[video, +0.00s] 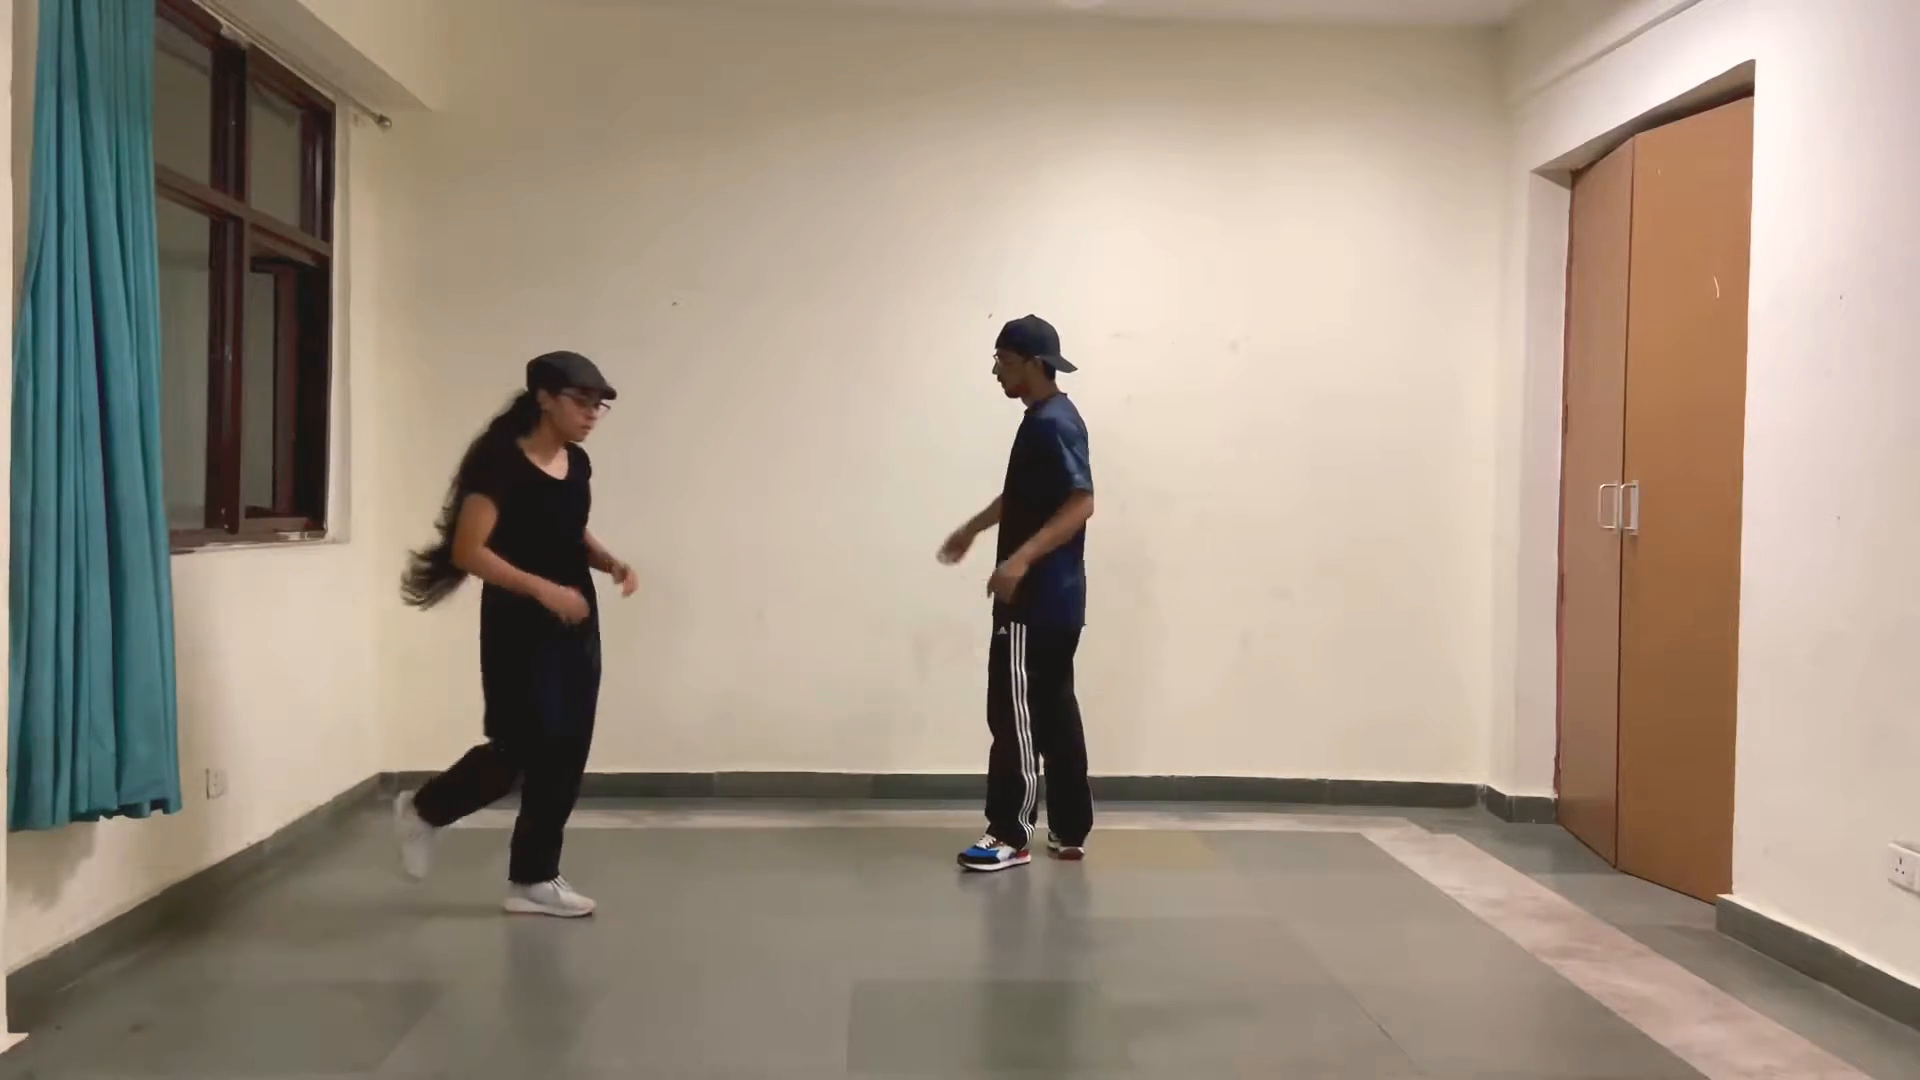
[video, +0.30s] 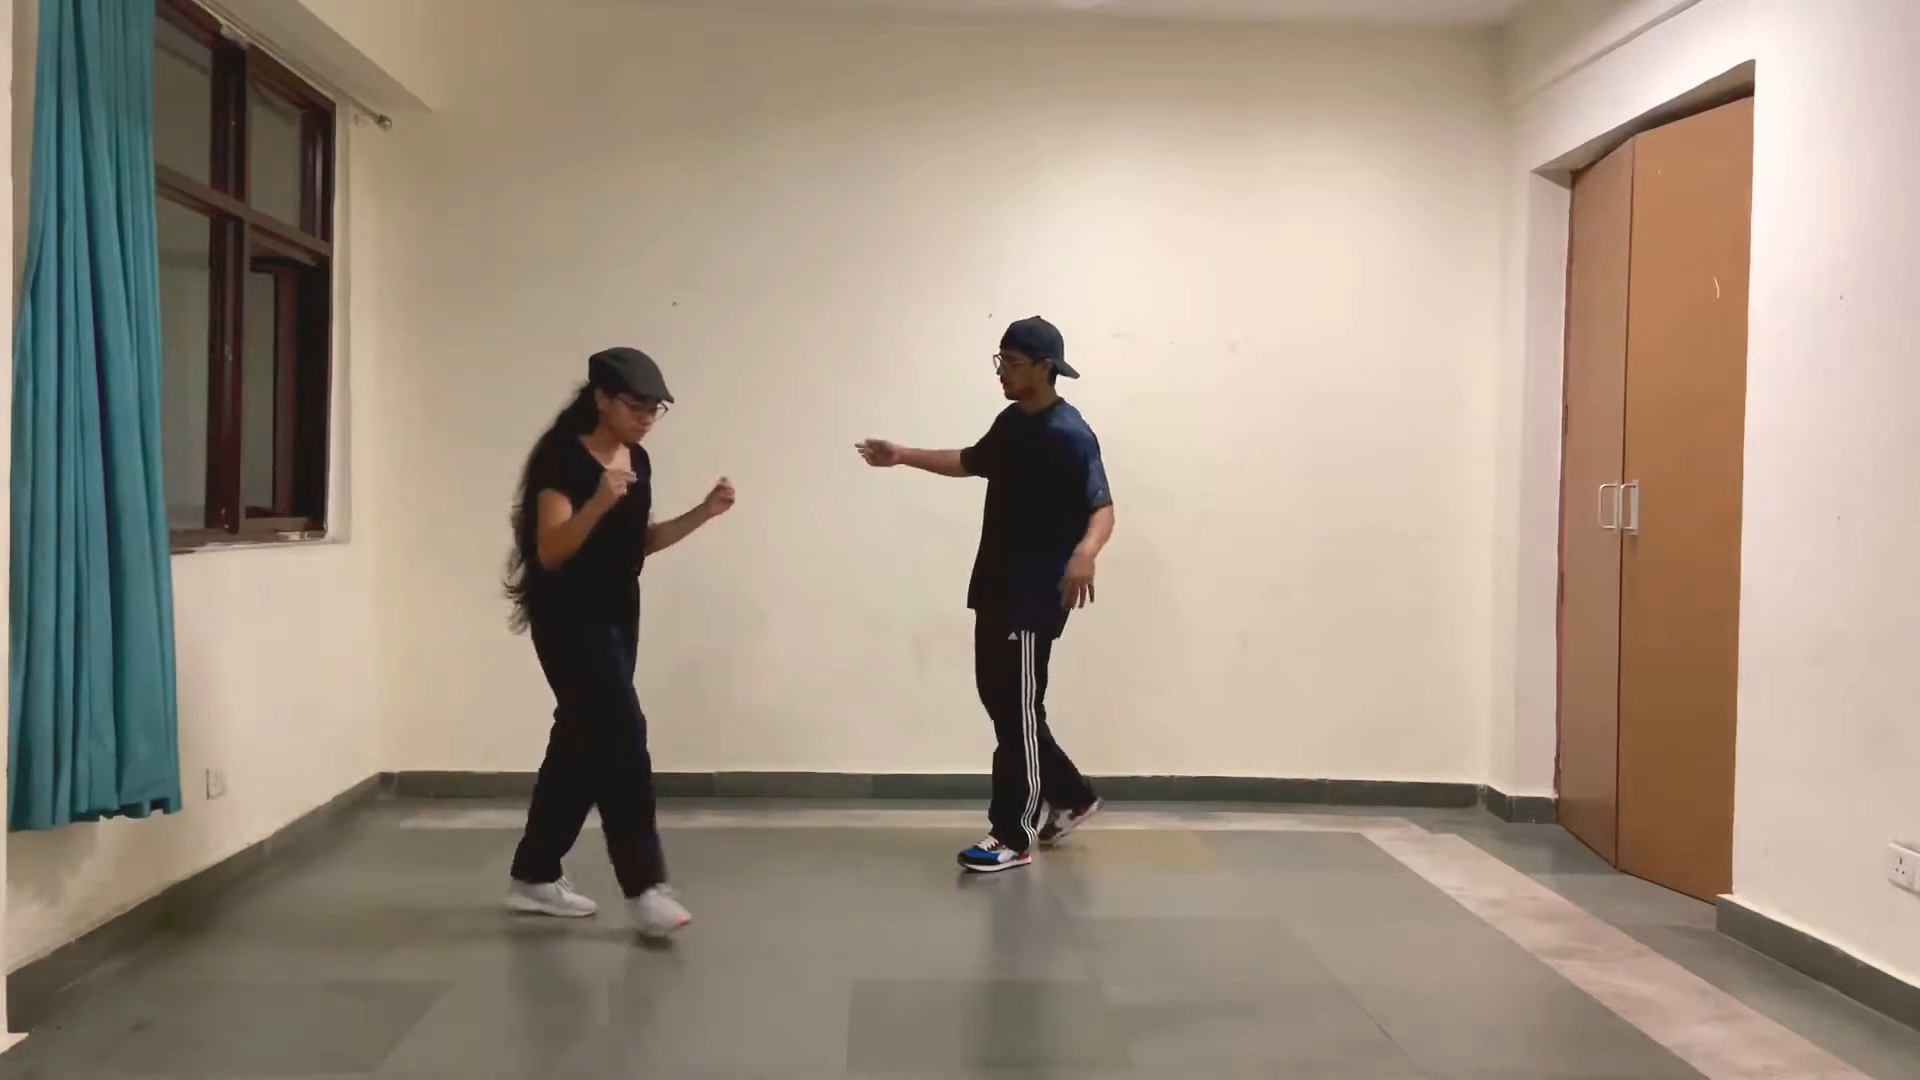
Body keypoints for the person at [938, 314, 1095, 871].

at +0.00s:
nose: (996, 371)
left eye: (1002, 361)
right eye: (997, 361)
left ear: (1031, 363)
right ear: (1036, 365)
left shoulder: (1052, 422)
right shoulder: (1046, 417)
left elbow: (1080, 504)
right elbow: (1023, 492)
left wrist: (1019, 560)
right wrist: (971, 528)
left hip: (1035, 597)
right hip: (1047, 595)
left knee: (1012, 714)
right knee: (1053, 711)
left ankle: (1009, 836)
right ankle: (1069, 831)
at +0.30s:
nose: (1001, 372)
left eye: (1012, 364)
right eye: (1001, 362)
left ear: (1044, 367)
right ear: (1015, 366)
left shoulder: (1072, 434)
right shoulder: (1011, 422)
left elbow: (1103, 511)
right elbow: (969, 462)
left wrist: (1085, 556)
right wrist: (901, 454)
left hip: (1035, 592)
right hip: (994, 587)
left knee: (1020, 707)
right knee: (998, 694)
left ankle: (1013, 837)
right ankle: (1069, 792)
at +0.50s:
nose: (1022, 368)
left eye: (1035, 360)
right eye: (1019, 358)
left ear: (1064, 368)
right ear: (1016, 362)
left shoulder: (1080, 440)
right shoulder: (997, 417)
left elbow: (1093, 519)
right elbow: (949, 468)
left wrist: (1087, 569)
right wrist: (883, 500)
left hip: (1032, 600)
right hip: (976, 590)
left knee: (1028, 719)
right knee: (974, 709)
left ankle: (1016, 838)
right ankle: (969, 812)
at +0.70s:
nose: (1028, 365)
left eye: (1041, 358)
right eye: (1025, 355)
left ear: (1067, 369)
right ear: (1017, 360)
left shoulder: (1081, 441)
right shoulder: (990, 420)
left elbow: (1082, 531)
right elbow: (966, 504)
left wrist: (1067, 608)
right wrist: (947, 580)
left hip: (1034, 609)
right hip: (975, 600)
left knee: (1029, 731)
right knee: (939, 719)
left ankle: (1015, 839)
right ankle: (905, 830)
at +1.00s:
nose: (1022, 374)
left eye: (1034, 365)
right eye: (1015, 364)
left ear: (1059, 371)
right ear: (1006, 365)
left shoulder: (1079, 439)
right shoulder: (979, 426)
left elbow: (1092, 527)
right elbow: (965, 509)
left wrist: (1096, 607)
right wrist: (1036, 534)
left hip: (1049, 604)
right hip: (988, 600)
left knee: (1043, 724)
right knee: (996, 720)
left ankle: (1021, 848)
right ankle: (1005, 850)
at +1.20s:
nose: (1020, 368)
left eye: (1031, 359)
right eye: (1012, 359)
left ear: (1056, 364)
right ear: (1002, 366)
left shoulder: (1080, 433)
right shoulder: (983, 434)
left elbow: (1096, 519)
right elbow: (972, 530)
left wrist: (1119, 596)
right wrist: (993, 613)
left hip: (1067, 604)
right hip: (1009, 606)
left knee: (1053, 733)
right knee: (1026, 738)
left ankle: (1002, 828)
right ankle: (1057, 871)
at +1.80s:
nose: (1022, 355)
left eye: (1034, 344)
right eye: (1012, 345)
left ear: (1056, 345)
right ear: (999, 348)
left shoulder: (1087, 412)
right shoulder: (983, 427)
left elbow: (1124, 488)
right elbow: (959, 516)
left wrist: (1183, 549)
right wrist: (910, 579)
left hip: (1095, 608)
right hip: (1024, 616)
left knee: (1108, 731)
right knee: (1034, 745)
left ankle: (1090, 846)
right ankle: (1052, 872)